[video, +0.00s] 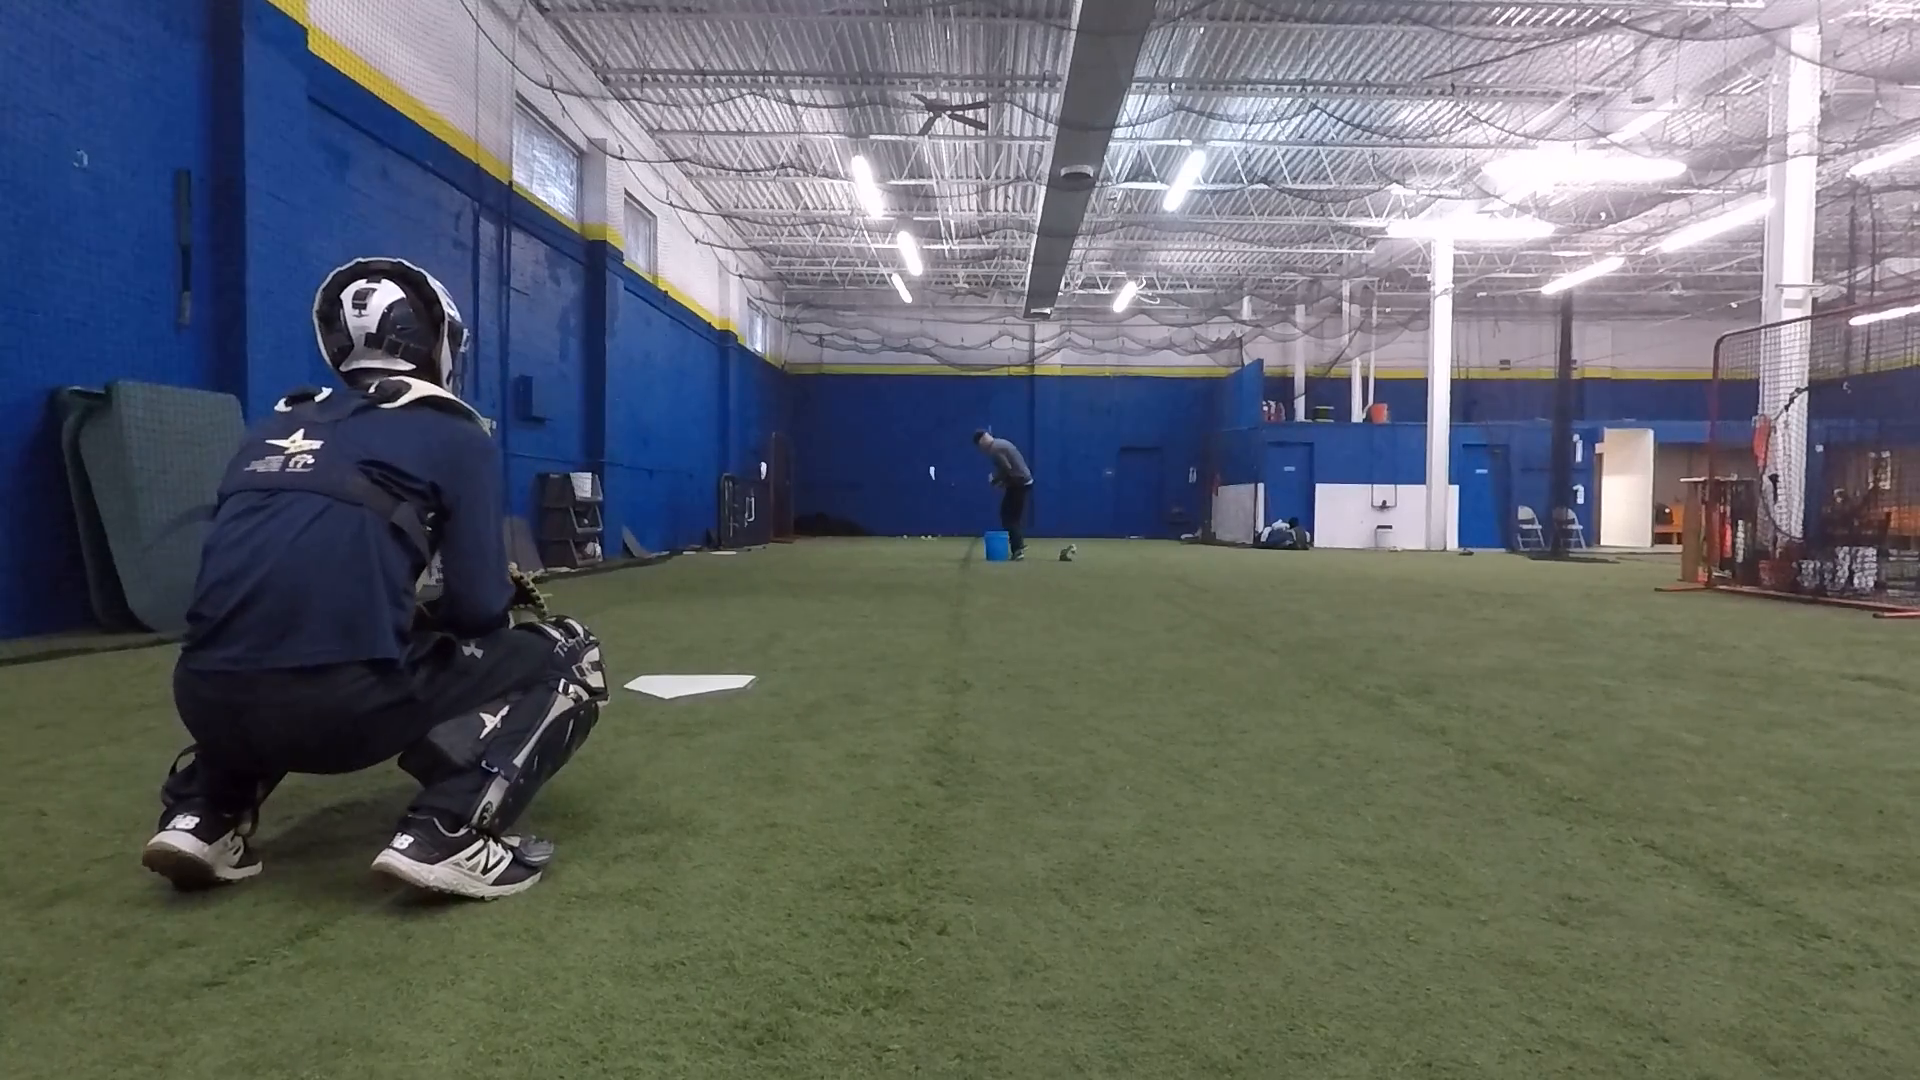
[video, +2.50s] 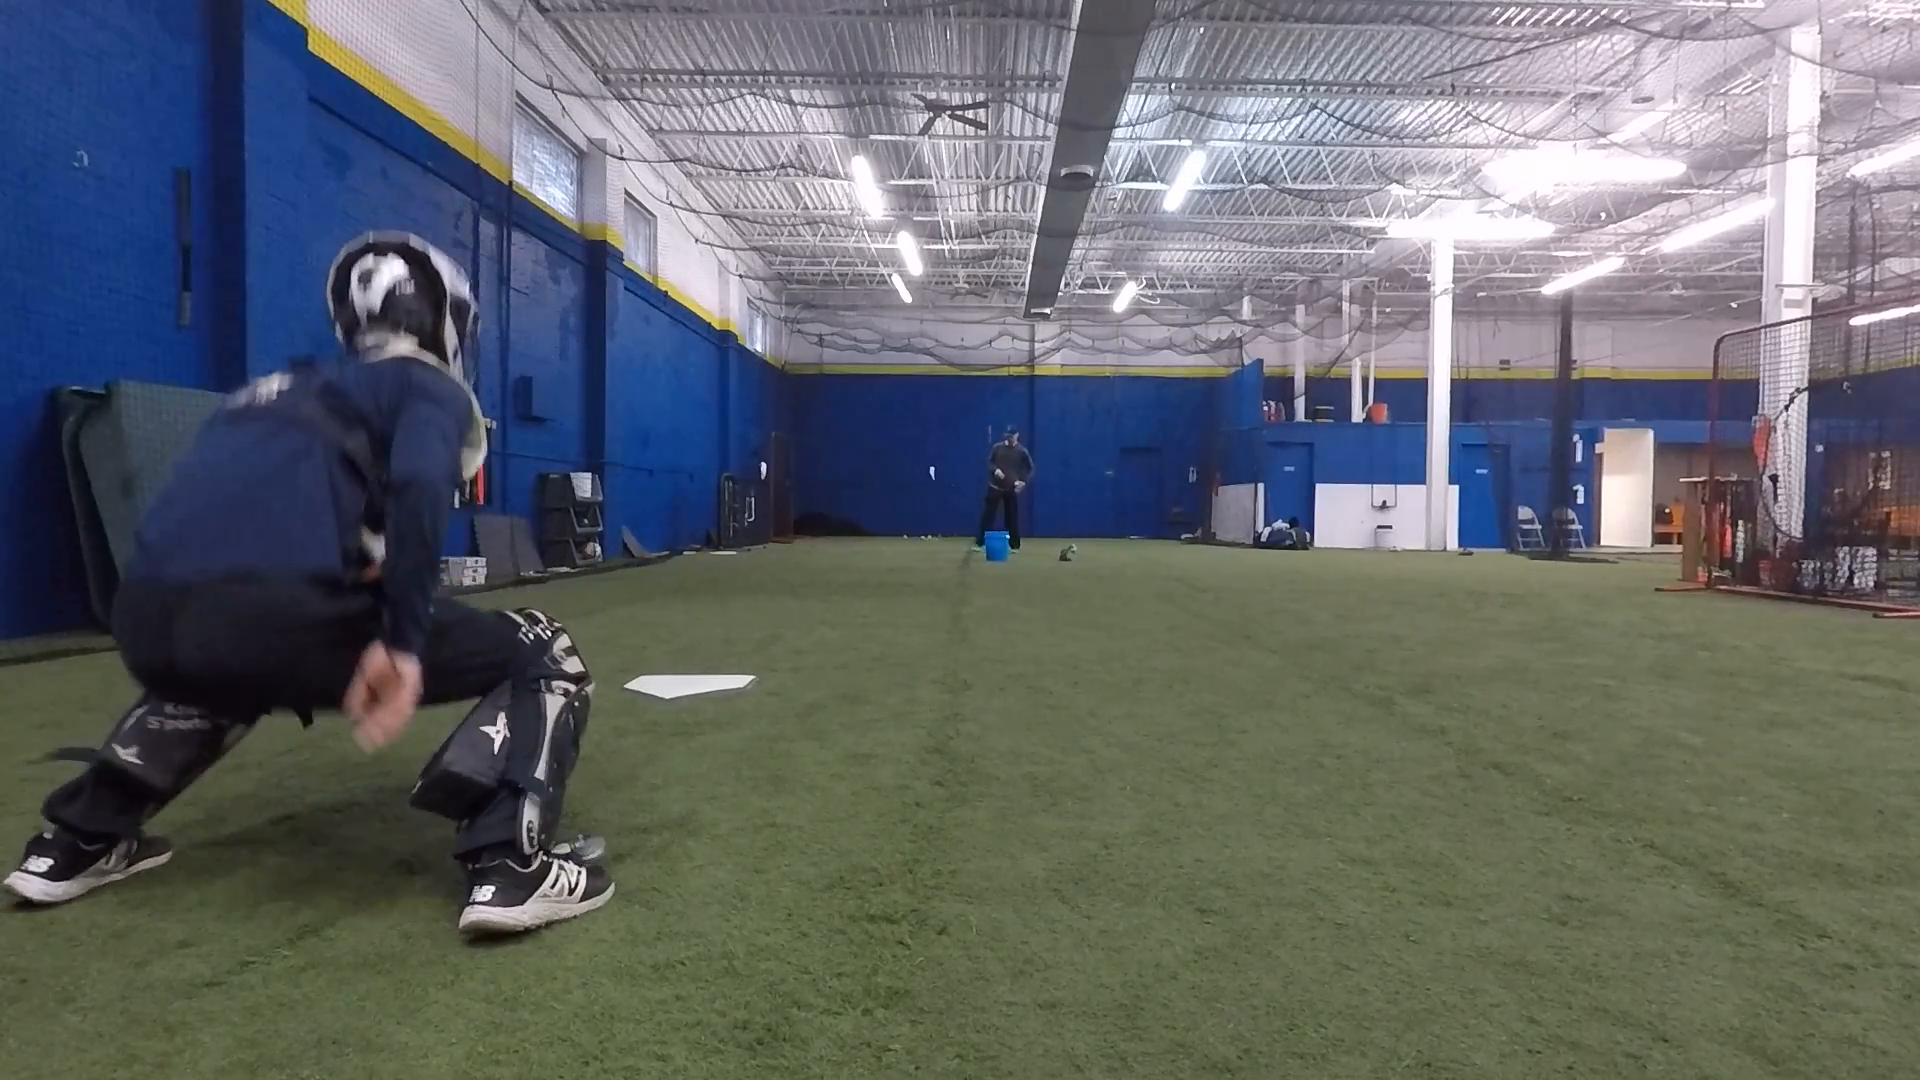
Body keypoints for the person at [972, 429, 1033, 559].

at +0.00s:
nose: (981, 448)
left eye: (980, 445)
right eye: (979, 445)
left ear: (983, 441)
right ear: (988, 436)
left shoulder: (995, 449)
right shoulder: (1002, 443)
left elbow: (1006, 468)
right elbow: (1010, 466)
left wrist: (996, 478)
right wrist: (1001, 479)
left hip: (1017, 483)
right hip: (1024, 480)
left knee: (1008, 515)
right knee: (1012, 514)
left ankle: (1017, 549)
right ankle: (1019, 543)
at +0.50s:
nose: (991, 433)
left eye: (993, 429)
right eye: (989, 430)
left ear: (999, 428)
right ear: (987, 431)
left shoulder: (1011, 443)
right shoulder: (990, 446)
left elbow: (1017, 463)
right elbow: (991, 462)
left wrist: (999, 469)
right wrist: (987, 469)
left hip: (1010, 486)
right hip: (997, 487)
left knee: (1008, 515)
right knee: (996, 516)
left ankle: (1027, 543)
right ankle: (994, 547)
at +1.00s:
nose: (1016, 429)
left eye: (1018, 426)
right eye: (1013, 426)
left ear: (1023, 428)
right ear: (1010, 429)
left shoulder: (1029, 446)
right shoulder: (1003, 446)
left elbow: (1036, 466)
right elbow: (999, 463)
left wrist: (1022, 475)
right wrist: (1002, 472)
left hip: (1022, 488)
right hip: (1006, 487)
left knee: (1022, 519)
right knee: (1002, 517)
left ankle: (1024, 548)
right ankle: (999, 547)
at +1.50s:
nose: (1012, 432)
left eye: (1014, 430)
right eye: (1010, 430)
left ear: (1019, 432)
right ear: (1007, 432)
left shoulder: (1026, 449)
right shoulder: (1000, 448)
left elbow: (1037, 466)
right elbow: (987, 461)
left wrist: (1032, 479)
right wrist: (984, 446)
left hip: (1021, 490)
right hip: (1005, 490)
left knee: (1022, 518)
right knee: (1006, 519)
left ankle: (1024, 546)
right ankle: (1008, 546)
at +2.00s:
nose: (1011, 435)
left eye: (1013, 432)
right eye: (1009, 432)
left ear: (1017, 432)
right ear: (1006, 433)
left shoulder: (1024, 448)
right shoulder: (999, 449)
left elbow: (1034, 467)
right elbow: (993, 463)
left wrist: (1028, 479)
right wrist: (996, 469)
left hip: (1018, 489)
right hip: (1003, 489)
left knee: (1017, 518)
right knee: (1005, 517)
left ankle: (1017, 544)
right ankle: (1007, 544)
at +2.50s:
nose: (1009, 438)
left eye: (1012, 436)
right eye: (1007, 436)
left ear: (1017, 435)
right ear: (1004, 436)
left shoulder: (1022, 451)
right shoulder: (997, 448)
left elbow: (1031, 469)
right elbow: (990, 463)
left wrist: (1024, 482)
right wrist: (995, 470)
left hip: (1011, 489)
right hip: (995, 488)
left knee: (1012, 518)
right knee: (988, 515)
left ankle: (1014, 545)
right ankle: (980, 542)